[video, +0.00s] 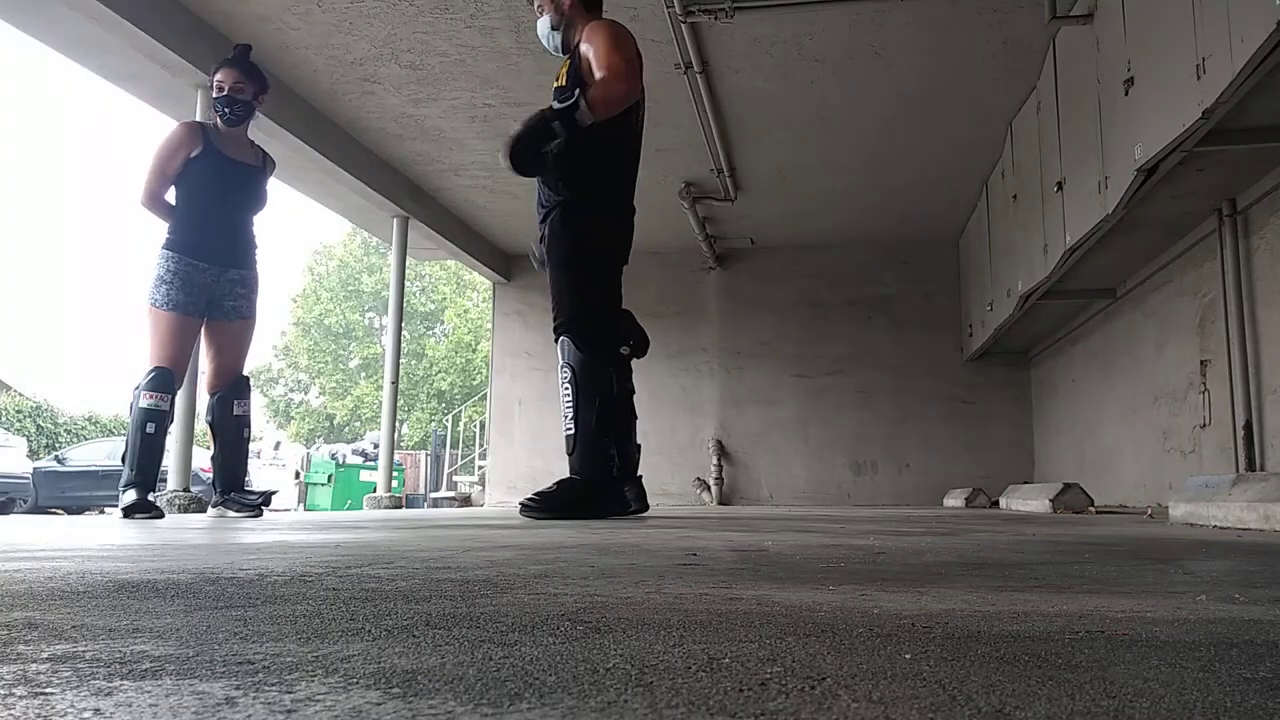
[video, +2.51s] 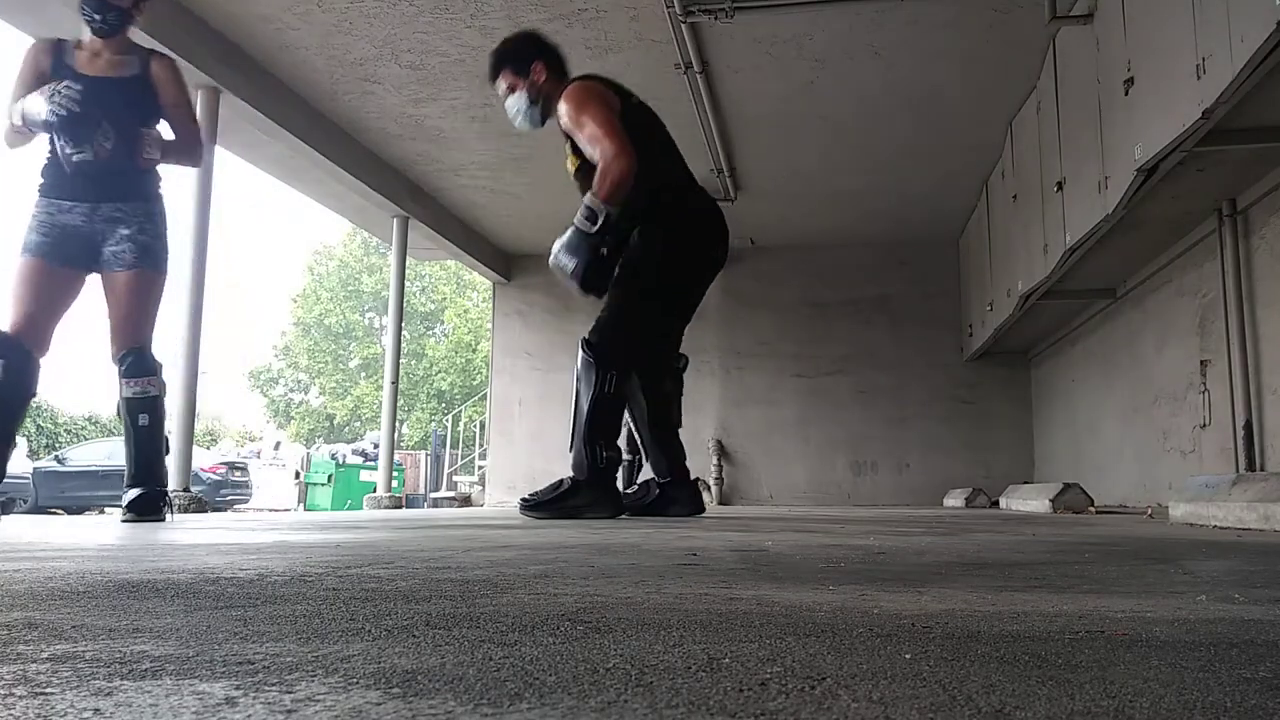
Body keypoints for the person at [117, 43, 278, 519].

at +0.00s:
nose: (227, 97)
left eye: (239, 90)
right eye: (220, 89)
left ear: (258, 99)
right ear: (211, 93)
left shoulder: (264, 161)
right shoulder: (190, 134)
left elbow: (247, 213)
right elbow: (151, 196)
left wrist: (223, 231)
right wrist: (190, 226)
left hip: (239, 275)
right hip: (184, 265)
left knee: (227, 383)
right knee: (164, 375)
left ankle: (229, 488)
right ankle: (138, 489)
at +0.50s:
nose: (226, 95)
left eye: (237, 89)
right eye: (218, 87)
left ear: (255, 98)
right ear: (208, 92)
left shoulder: (261, 160)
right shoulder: (186, 136)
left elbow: (247, 212)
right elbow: (151, 200)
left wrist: (239, 236)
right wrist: (191, 228)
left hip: (239, 274)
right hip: (185, 266)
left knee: (229, 384)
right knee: (165, 376)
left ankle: (229, 488)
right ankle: (137, 489)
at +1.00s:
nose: (212, 89)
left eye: (223, 82)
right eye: (204, 79)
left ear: (239, 92)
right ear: (190, 84)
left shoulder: (241, 154)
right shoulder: (165, 130)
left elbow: (228, 205)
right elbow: (127, 194)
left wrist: (200, 224)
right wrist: (167, 220)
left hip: (219, 271)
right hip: (164, 263)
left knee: (221, 381)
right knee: (152, 374)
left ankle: (228, 487)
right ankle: (137, 489)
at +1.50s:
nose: (188, 77)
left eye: (200, 70)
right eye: (180, 66)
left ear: (216, 79)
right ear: (166, 69)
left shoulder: (226, 141)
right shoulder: (137, 113)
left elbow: (204, 197)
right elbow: (90, 172)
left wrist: (188, 223)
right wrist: (128, 210)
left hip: (196, 258)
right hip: (135, 255)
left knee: (200, 366)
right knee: (139, 378)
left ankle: (205, 479)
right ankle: (137, 492)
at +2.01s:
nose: (172, 39)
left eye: (187, 33)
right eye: (166, 27)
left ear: (205, 45)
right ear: (153, 31)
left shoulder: (220, 105)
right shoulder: (119, 85)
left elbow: (241, 182)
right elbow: (81, 158)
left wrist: (255, 220)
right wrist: (44, 170)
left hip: (184, 237)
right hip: (118, 233)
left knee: (169, 361)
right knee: (103, 375)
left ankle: (151, 489)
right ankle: (138, 469)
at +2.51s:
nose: (108, 10)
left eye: (121, 4)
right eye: (100, 3)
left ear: (138, 9)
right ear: (83, 6)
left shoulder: (158, 67)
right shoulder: (47, 54)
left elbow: (195, 149)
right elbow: (14, 135)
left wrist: (160, 147)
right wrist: (34, 108)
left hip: (133, 216)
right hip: (59, 211)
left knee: (133, 354)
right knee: (17, 346)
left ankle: (146, 489)